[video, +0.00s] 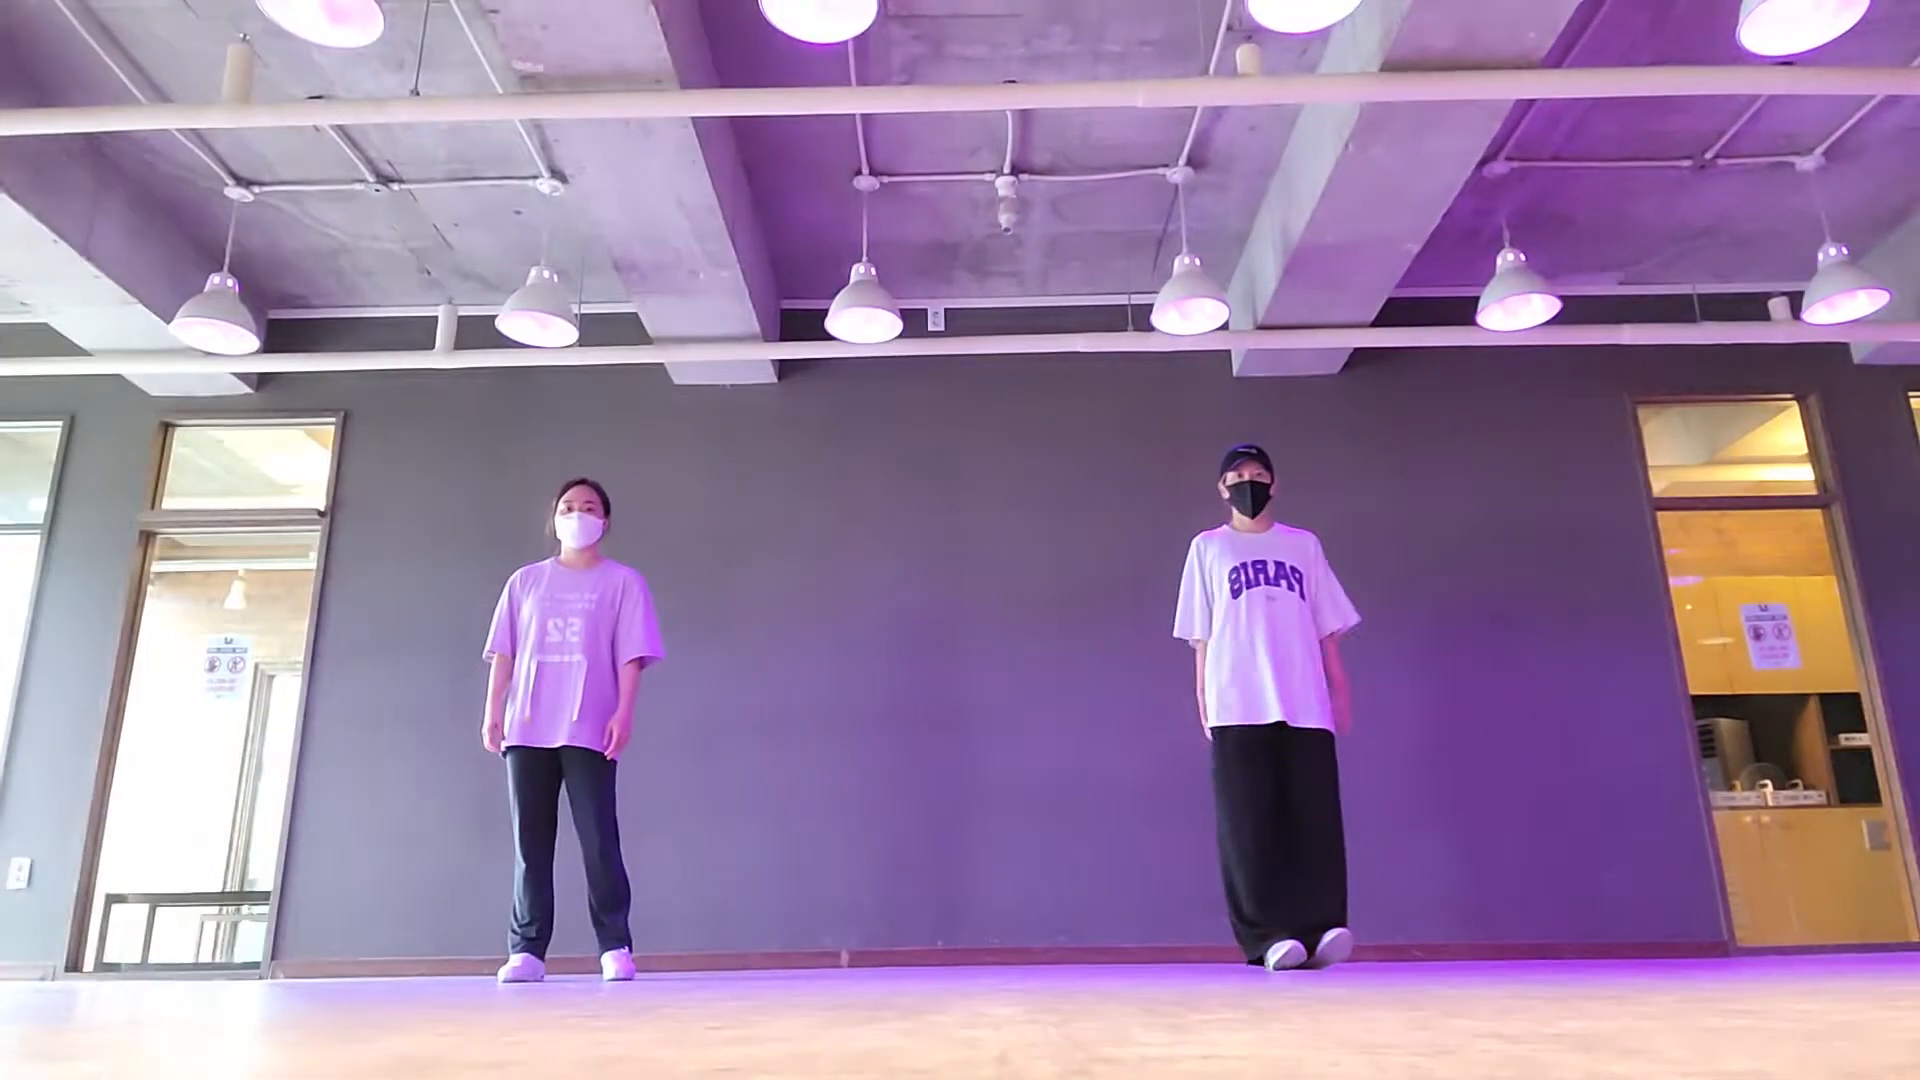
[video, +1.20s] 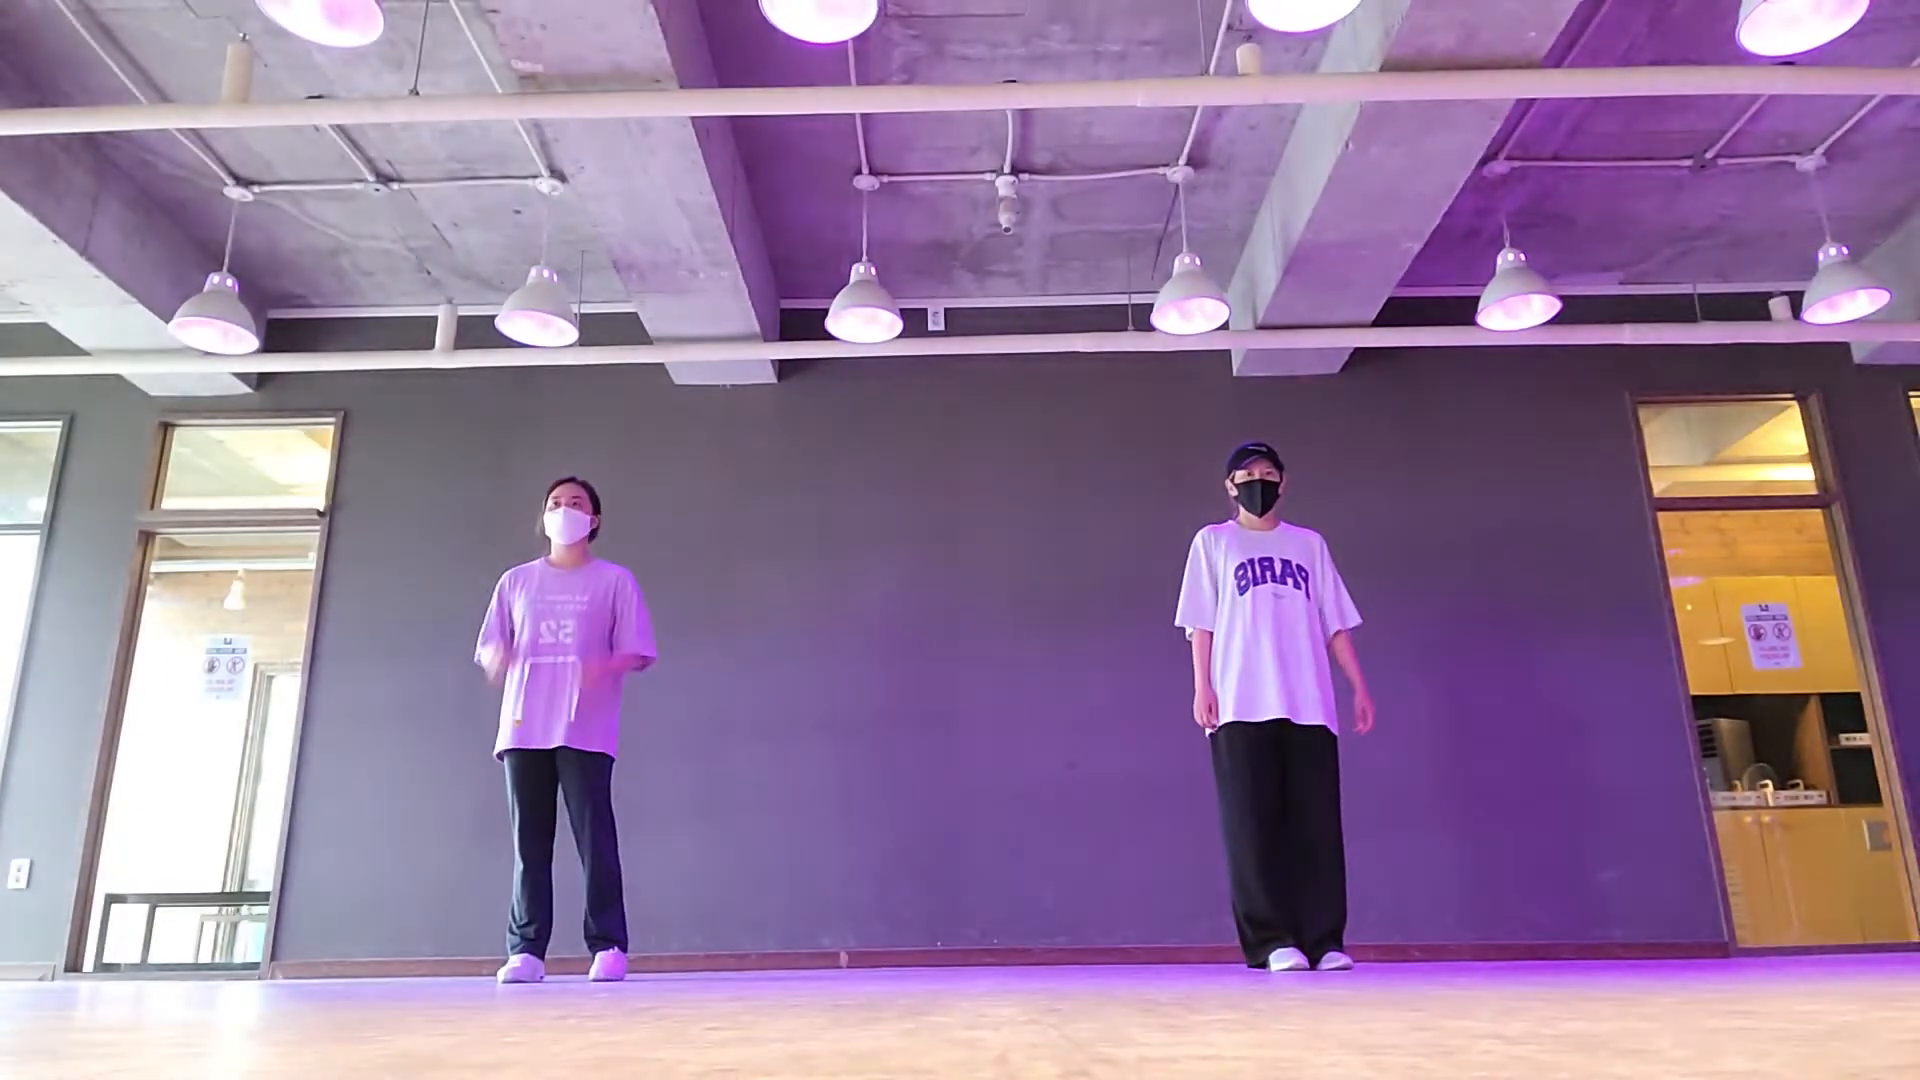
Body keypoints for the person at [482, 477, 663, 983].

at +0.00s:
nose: (578, 515)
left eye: (589, 509)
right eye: (568, 508)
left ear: (605, 524)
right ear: (554, 522)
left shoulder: (623, 581)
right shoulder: (525, 580)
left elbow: (632, 656)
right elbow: (503, 653)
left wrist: (624, 714)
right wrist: (494, 711)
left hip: (588, 728)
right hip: (527, 728)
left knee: (599, 843)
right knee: (530, 846)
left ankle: (615, 948)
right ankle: (526, 952)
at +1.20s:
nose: (566, 511)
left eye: (577, 505)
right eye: (557, 504)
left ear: (594, 522)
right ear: (543, 520)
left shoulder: (616, 581)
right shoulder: (514, 581)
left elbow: (638, 653)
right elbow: (490, 651)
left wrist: (604, 666)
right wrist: (497, 657)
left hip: (586, 729)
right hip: (524, 728)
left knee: (595, 841)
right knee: (529, 845)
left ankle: (609, 949)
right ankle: (525, 953)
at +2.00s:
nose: (587, 508)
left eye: (598, 502)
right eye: (578, 502)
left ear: (616, 520)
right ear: (565, 520)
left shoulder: (638, 576)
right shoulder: (542, 575)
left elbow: (630, 631)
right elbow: (518, 631)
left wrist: (605, 572)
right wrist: (552, 577)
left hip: (607, 724)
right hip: (547, 723)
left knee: (609, 839)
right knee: (542, 840)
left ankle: (610, 949)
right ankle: (527, 951)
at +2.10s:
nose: (588, 509)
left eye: (600, 503)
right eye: (580, 503)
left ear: (617, 520)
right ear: (567, 520)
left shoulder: (639, 576)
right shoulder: (543, 575)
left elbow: (630, 631)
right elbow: (520, 632)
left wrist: (607, 572)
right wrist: (553, 578)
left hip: (609, 723)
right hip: (548, 722)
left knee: (610, 838)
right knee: (542, 840)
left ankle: (610, 949)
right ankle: (527, 951)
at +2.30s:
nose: (599, 512)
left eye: (609, 507)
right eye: (589, 505)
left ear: (622, 524)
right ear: (571, 521)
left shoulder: (641, 577)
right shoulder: (544, 576)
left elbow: (634, 633)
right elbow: (523, 634)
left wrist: (610, 574)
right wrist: (553, 578)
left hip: (612, 724)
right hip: (550, 724)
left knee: (612, 838)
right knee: (543, 839)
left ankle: (610, 948)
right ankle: (528, 950)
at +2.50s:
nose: (606, 514)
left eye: (614, 508)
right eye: (595, 506)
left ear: (625, 524)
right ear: (574, 519)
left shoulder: (643, 577)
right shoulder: (546, 574)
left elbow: (642, 629)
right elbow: (519, 624)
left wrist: (618, 572)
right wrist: (554, 573)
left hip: (614, 725)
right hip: (551, 725)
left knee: (613, 838)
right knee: (544, 840)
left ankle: (610, 949)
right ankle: (528, 950)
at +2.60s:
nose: (605, 512)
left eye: (614, 508)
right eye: (595, 505)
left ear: (625, 524)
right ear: (573, 519)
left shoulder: (641, 576)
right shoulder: (552, 570)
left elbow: (651, 620)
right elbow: (512, 608)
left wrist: (623, 564)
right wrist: (553, 564)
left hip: (613, 724)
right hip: (552, 724)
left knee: (614, 838)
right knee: (544, 840)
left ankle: (610, 949)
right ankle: (528, 950)